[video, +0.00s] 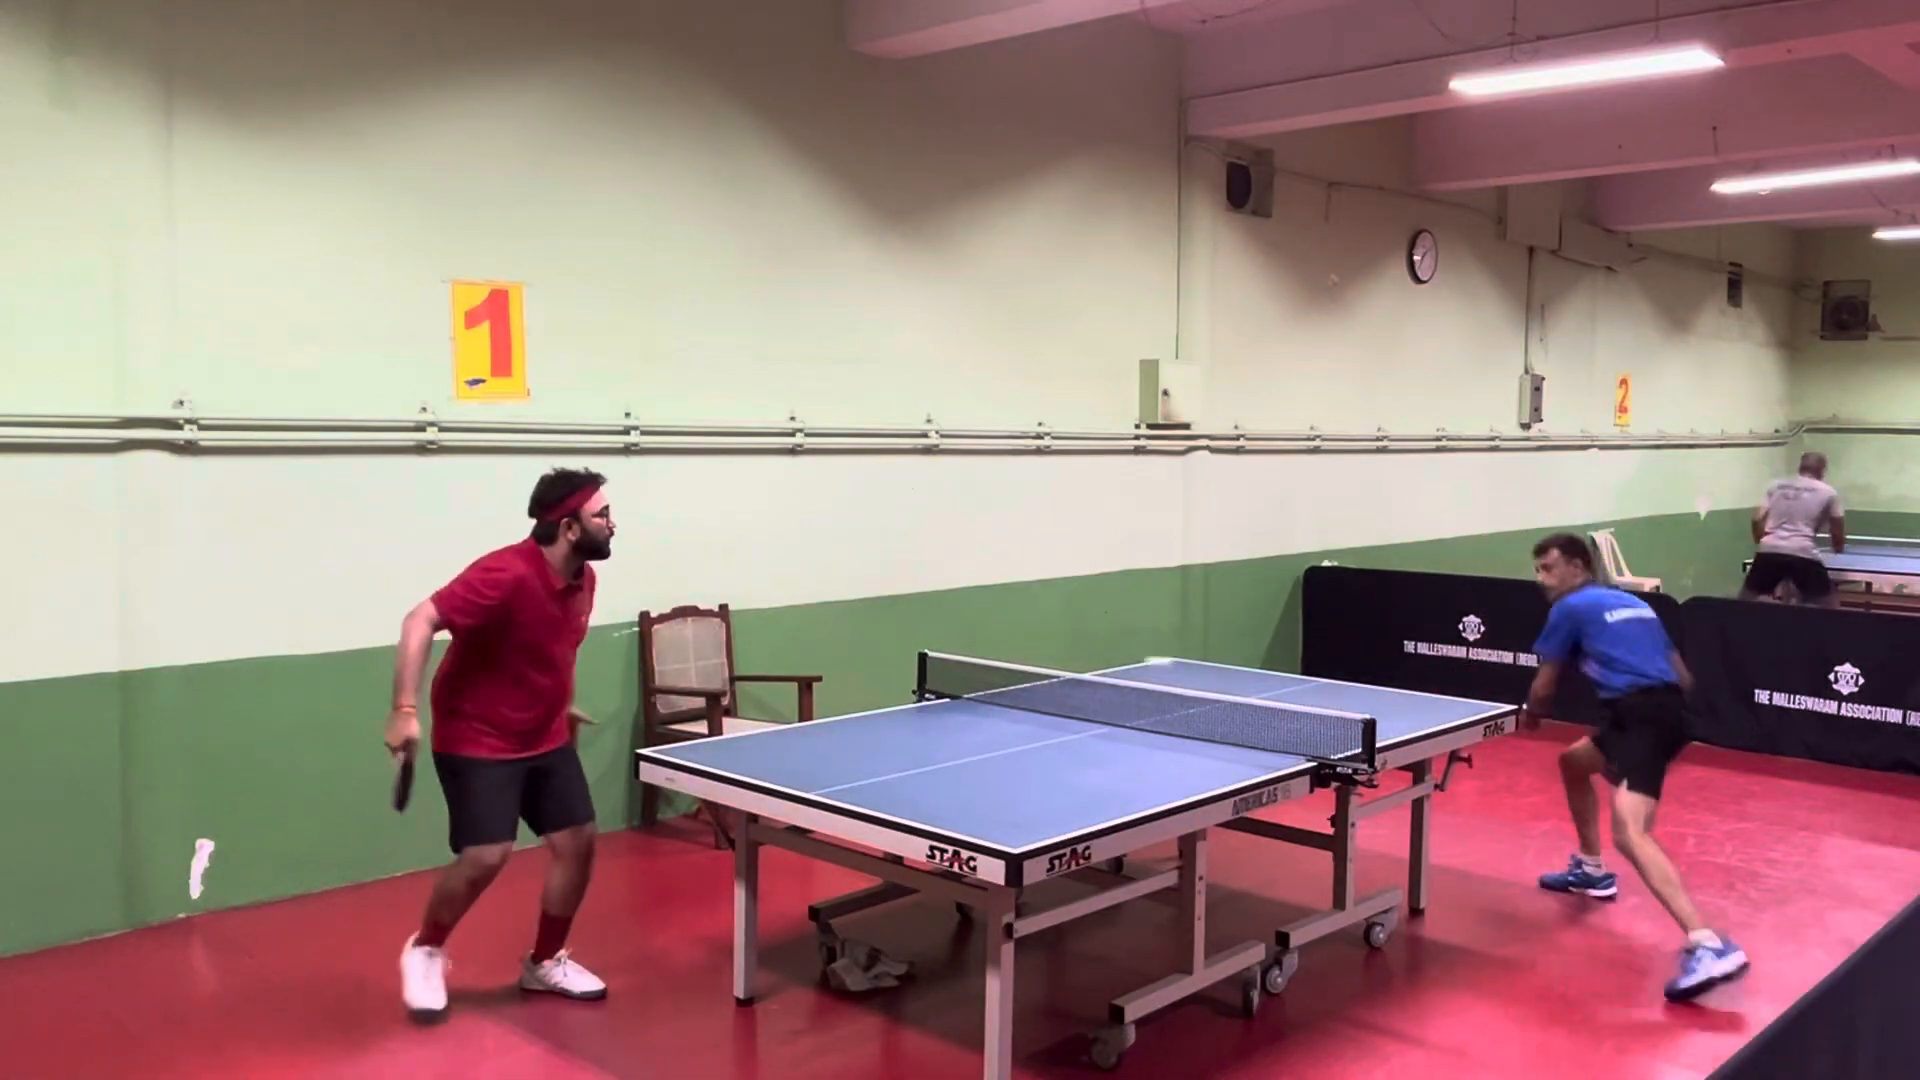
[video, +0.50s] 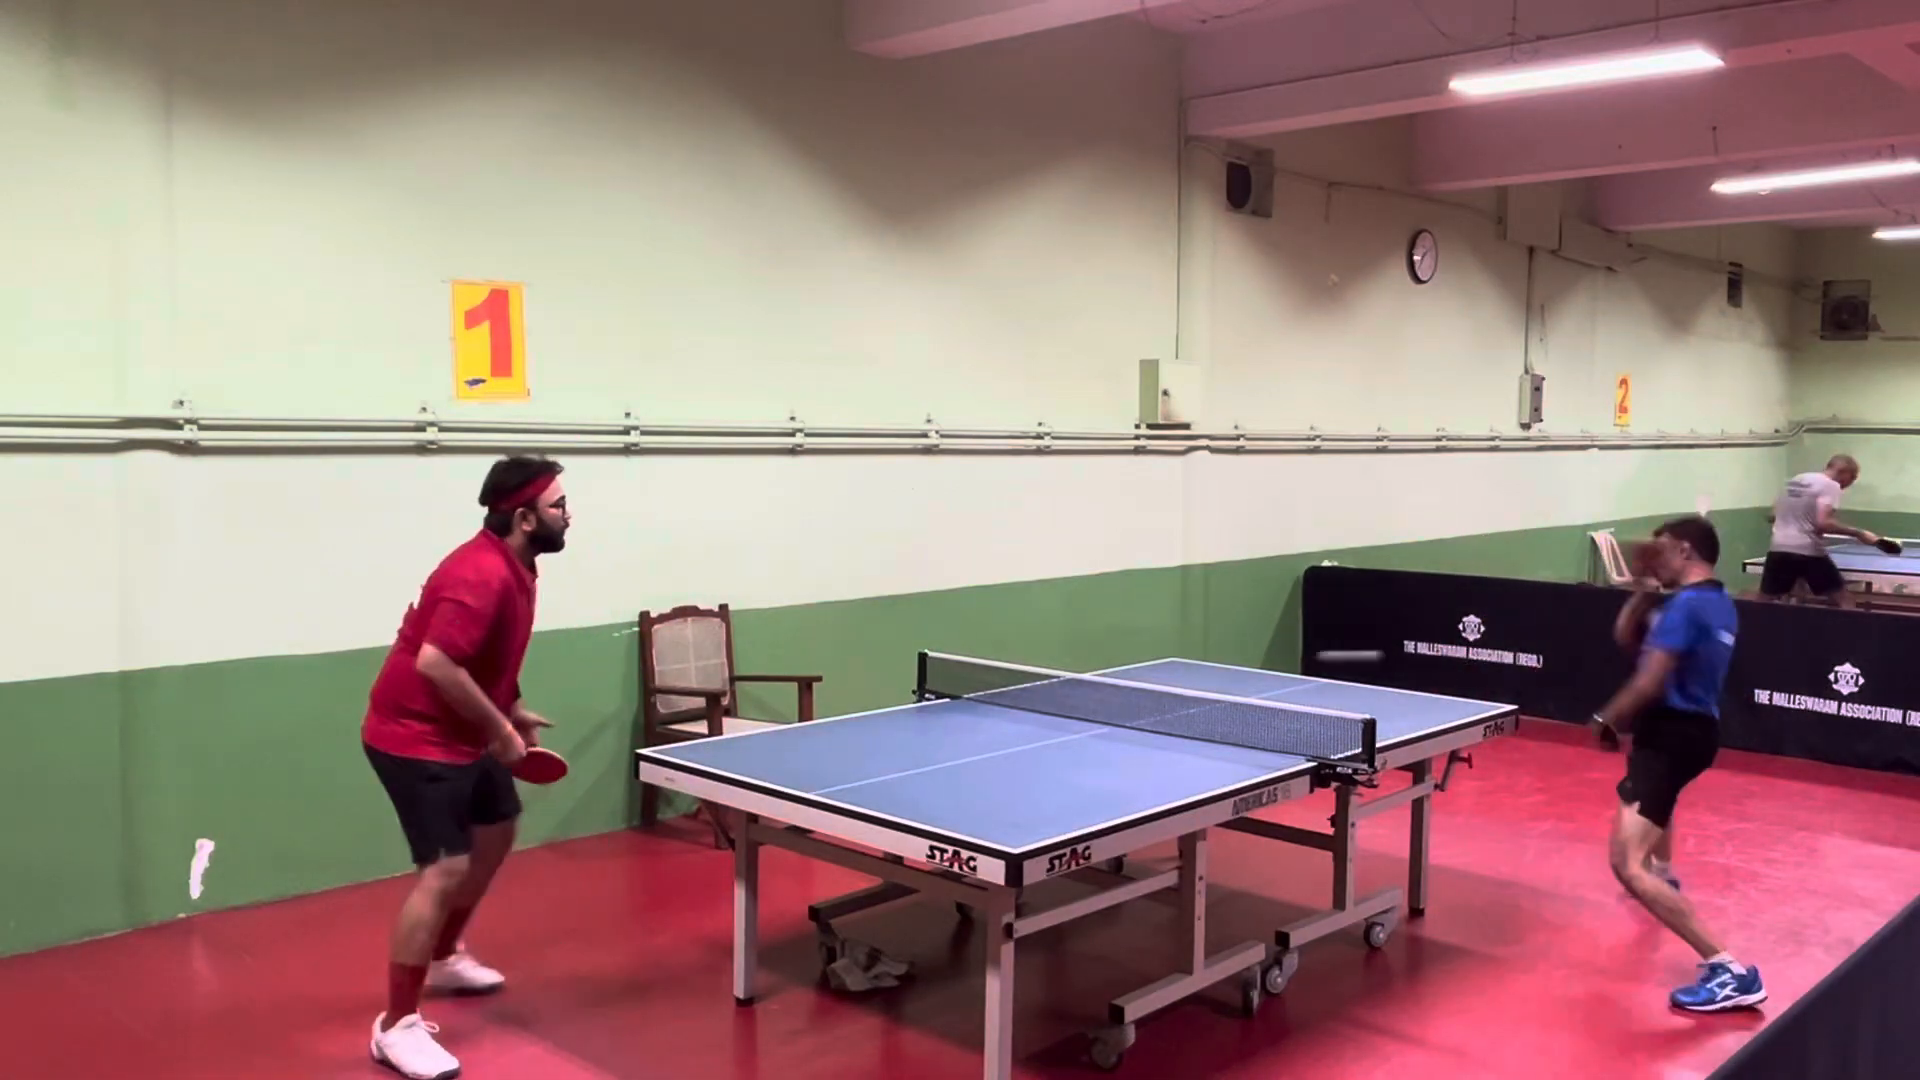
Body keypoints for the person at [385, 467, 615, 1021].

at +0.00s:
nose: (612, 523)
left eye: (608, 513)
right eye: (601, 515)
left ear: (574, 527)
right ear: (568, 527)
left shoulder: (583, 579)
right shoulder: (506, 573)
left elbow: (556, 651)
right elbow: (420, 619)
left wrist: (562, 706)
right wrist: (404, 709)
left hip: (544, 736)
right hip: (478, 739)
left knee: (577, 841)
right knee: (487, 854)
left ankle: (545, 963)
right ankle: (424, 951)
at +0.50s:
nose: (568, 513)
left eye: (565, 502)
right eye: (557, 505)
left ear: (521, 513)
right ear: (519, 515)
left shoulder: (517, 569)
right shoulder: (480, 574)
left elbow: (492, 654)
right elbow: (436, 661)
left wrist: (515, 713)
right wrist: (498, 731)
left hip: (464, 734)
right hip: (413, 737)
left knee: (494, 834)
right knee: (448, 865)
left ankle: (441, 956)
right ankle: (396, 1023)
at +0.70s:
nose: (557, 562)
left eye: (554, 550)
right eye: (549, 553)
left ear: (508, 561)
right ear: (517, 565)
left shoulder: (478, 597)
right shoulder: (471, 626)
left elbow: (467, 704)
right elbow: (462, 736)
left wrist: (511, 747)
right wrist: (535, 750)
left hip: (440, 758)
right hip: (400, 769)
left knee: (493, 858)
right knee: (465, 888)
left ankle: (431, 968)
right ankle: (372, 1042)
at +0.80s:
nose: (542, 560)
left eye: (539, 549)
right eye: (535, 551)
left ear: (484, 553)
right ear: (505, 560)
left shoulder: (438, 575)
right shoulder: (481, 639)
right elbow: (536, 727)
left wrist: (491, 705)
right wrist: (617, 724)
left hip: (415, 758)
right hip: (402, 777)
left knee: (474, 849)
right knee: (472, 898)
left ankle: (434, 966)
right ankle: (373, 1043)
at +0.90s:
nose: (530, 514)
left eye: (525, 503)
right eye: (522, 506)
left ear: (468, 518)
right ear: (492, 521)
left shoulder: (416, 539)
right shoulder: (485, 607)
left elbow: (362, 594)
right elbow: (539, 698)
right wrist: (614, 720)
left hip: (368, 741)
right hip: (416, 761)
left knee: (431, 846)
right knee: (464, 884)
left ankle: (436, 955)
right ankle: (375, 1038)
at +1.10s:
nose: (510, 479)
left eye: (505, 469)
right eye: (501, 471)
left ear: (448, 483)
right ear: (471, 484)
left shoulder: (384, 519)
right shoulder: (471, 572)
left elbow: (331, 588)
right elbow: (483, 682)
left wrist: (329, 661)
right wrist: (533, 739)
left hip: (347, 726)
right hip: (407, 748)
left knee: (393, 834)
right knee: (414, 878)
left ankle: (359, 951)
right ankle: (374, 1039)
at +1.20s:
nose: (497, 485)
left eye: (492, 474)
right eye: (486, 478)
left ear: (432, 490)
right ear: (453, 492)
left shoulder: (373, 533)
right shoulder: (452, 574)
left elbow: (325, 609)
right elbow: (452, 688)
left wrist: (318, 686)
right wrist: (501, 747)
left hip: (337, 742)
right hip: (393, 757)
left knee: (372, 866)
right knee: (408, 888)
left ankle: (315, 1003)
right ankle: (372, 1046)